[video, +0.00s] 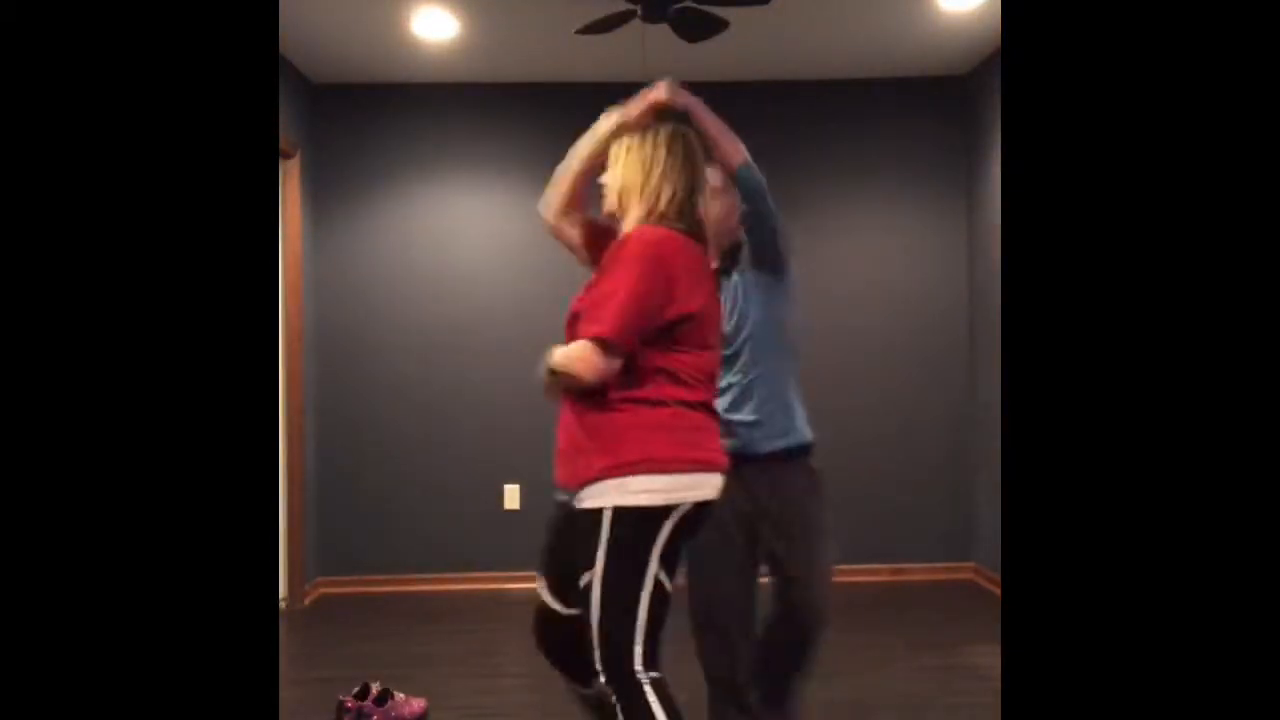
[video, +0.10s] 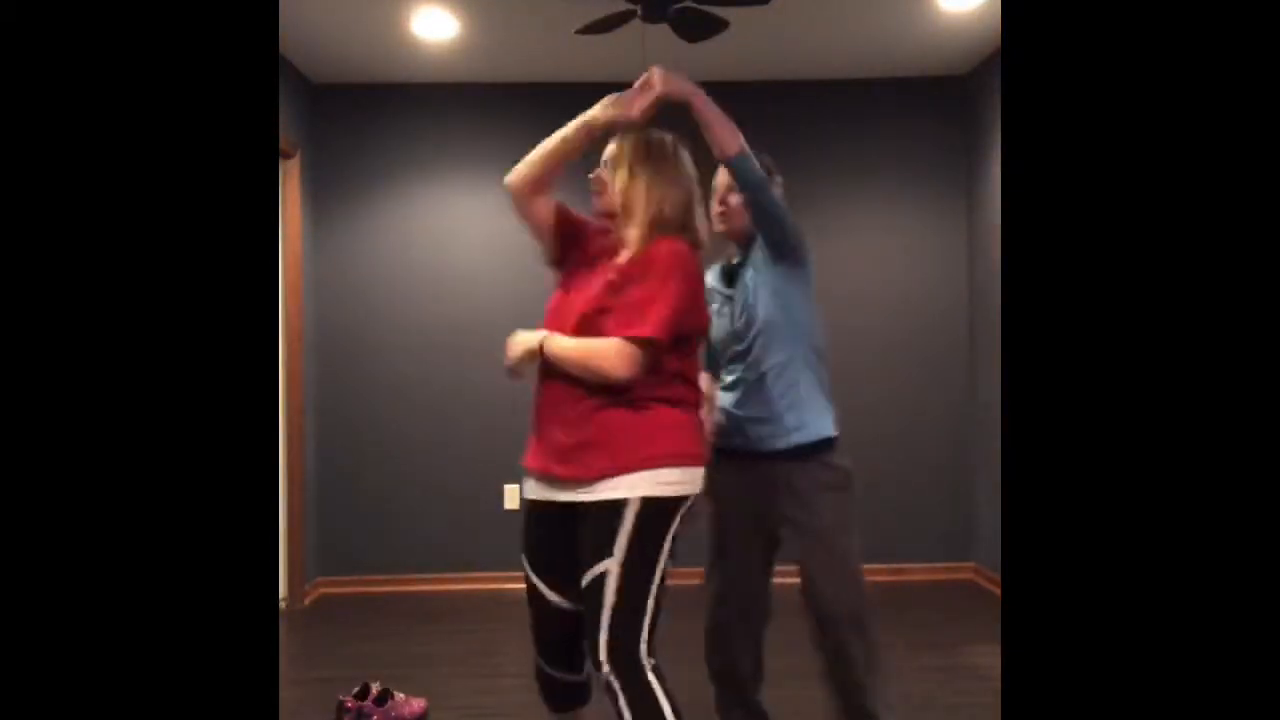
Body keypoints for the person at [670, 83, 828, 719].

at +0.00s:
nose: (721, 198)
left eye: (727, 188)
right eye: (712, 189)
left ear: (743, 207)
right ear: (690, 207)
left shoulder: (763, 268)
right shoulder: (678, 276)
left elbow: (748, 179)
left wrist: (691, 104)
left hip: (783, 457)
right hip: (713, 463)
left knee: (807, 601)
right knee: (718, 615)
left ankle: (769, 693)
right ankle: (729, 706)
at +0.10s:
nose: (725, 201)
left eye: (738, 189)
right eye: (718, 191)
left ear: (766, 199)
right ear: (709, 206)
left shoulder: (784, 258)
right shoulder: (710, 280)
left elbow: (748, 172)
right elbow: (707, 359)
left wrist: (693, 94)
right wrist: (707, 398)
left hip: (809, 461)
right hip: (738, 462)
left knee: (838, 609)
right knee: (732, 617)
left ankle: (864, 710)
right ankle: (741, 712)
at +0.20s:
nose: (742, 201)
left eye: (756, 188)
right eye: (740, 190)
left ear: (791, 195)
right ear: (734, 201)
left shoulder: (811, 255)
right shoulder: (745, 281)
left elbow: (758, 188)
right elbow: (756, 360)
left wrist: (690, 135)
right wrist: (732, 394)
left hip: (829, 462)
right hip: (764, 466)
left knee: (869, 622)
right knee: (754, 634)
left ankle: (913, 707)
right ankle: (761, 714)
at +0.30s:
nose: (764, 204)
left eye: (778, 192)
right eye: (759, 193)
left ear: (819, 194)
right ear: (756, 196)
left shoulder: (834, 248)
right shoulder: (775, 270)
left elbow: (748, 238)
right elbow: (797, 368)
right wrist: (760, 406)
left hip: (854, 465)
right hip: (790, 467)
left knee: (889, 630)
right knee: (778, 636)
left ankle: (922, 711)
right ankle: (790, 717)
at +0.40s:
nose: (777, 203)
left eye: (789, 190)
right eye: (772, 192)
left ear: (832, 189)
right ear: (771, 197)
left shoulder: (848, 255)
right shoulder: (798, 272)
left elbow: (799, 322)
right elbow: (813, 369)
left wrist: (715, 347)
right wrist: (777, 413)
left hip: (867, 472)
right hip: (805, 472)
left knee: (894, 632)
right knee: (795, 630)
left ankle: (936, 710)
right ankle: (816, 715)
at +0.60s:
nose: (778, 198)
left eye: (792, 185)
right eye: (774, 187)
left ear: (838, 186)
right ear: (771, 191)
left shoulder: (854, 255)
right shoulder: (799, 265)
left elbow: (883, 362)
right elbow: (790, 367)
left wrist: (791, 364)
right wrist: (765, 435)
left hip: (850, 477)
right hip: (802, 476)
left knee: (868, 642)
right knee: (822, 639)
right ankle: (850, 716)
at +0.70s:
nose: (762, 199)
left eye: (775, 186)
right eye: (756, 187)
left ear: (822, 185)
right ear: (753, 189)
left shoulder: (840, 261)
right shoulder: (778, 262)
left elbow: (875, 371)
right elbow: (761, 364)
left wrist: (781, 365)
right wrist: (749, 448)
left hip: (831, 478)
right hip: (791, 476)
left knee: (774, 632)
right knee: (818, 634)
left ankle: (844, 710)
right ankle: (848, 712)